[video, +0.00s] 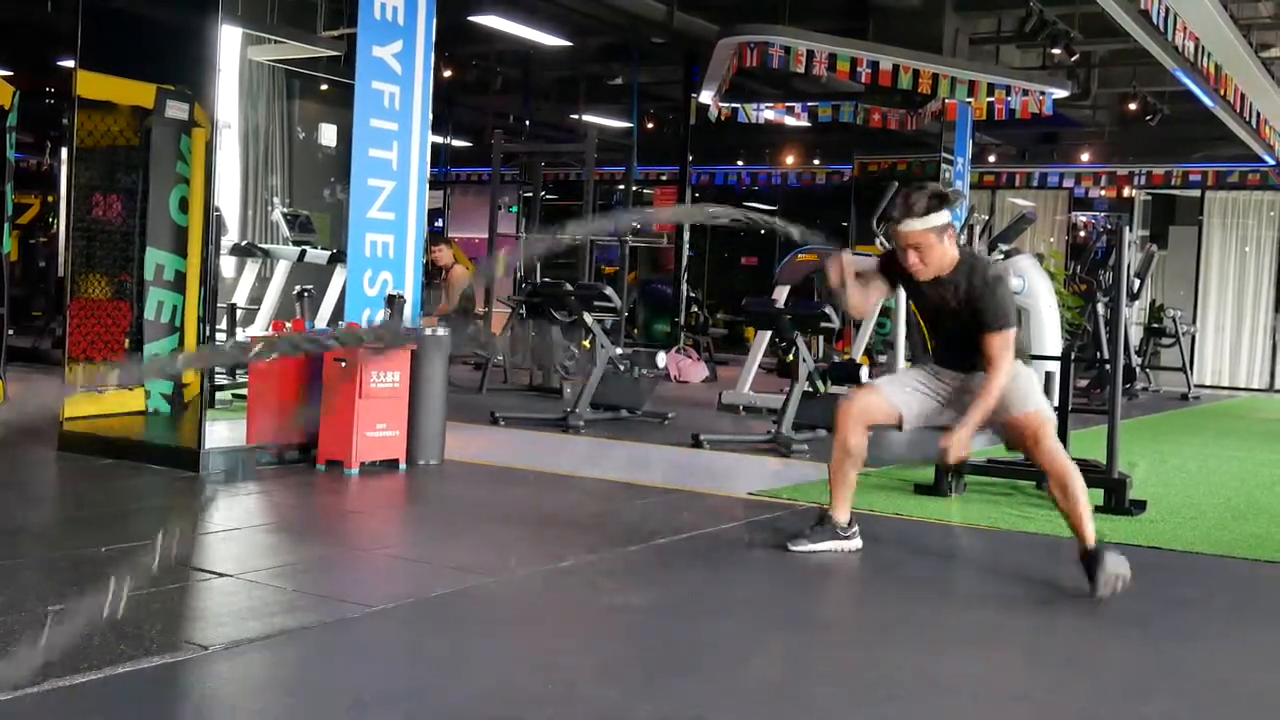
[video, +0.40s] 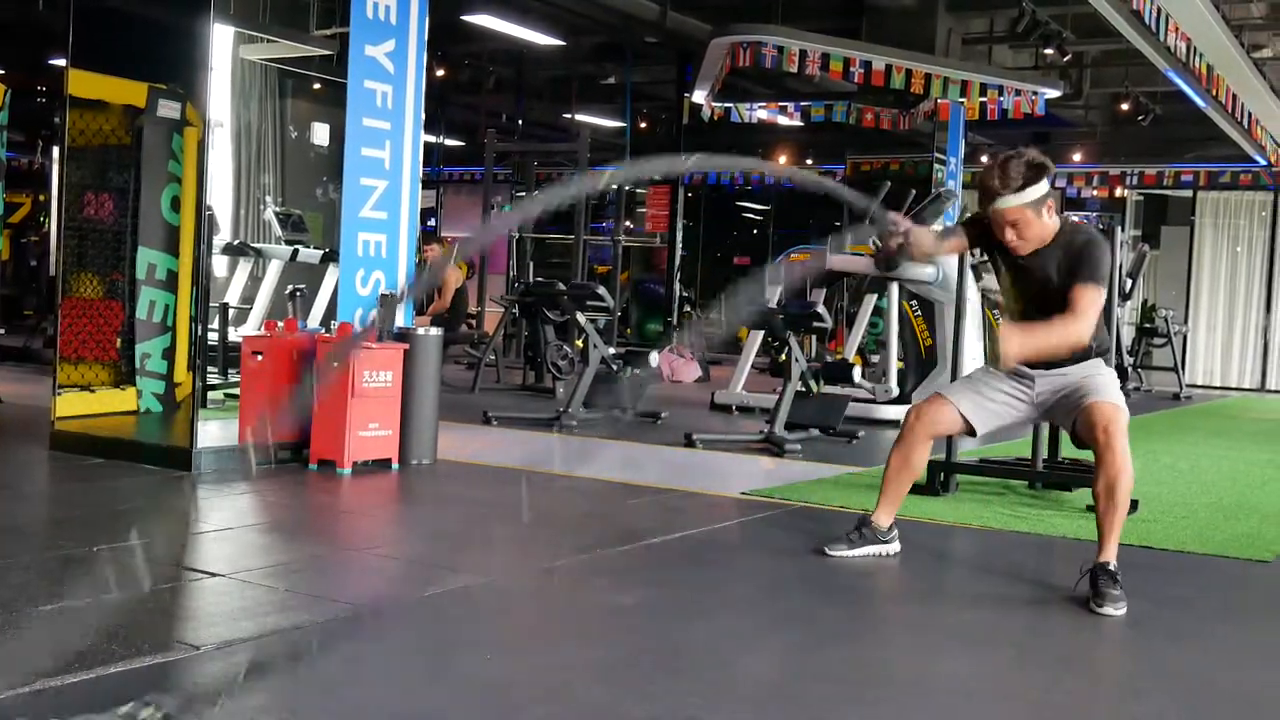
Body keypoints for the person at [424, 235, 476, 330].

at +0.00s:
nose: (436, 255)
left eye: (440, 251)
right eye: (433, 252)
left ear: (451, 250)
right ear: (430, 255)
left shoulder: (457, 272)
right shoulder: (445, 273)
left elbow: (452, 306)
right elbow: (444, 303)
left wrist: (435, 317)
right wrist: (435, 317)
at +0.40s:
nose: (428, 254)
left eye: (432, 250)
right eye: (425, 251)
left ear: (441, 250)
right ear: (423, 254)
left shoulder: (450, 271)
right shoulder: (437, 271)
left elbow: (445, 303)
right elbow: (437, 300)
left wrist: (427, 317)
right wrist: (426, 317)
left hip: (452, 321)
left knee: (410, 321)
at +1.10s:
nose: (413, 255)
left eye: (417, 250)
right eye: (410, 252)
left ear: (428, 250)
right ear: (408, 255)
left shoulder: (435, 271)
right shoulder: (423, 273)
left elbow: (430, 304)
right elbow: (423, 302)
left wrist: (412, 318)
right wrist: (412, 318)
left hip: (437, 323)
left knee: (396, 322)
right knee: (395, 320)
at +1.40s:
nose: (415, 256)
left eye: (419, 251)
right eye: (412, 253)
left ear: (430, 251)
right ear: (410, 256)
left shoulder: (438, 272)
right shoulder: (425, 274)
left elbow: (433, 306)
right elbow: (424, 302)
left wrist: (414, 319)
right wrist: (414, 320)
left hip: (438, 325)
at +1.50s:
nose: (415, 257)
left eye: (419, 252)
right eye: (413, 254)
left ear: (431, 252)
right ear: (410, 257)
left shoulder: (438, 274)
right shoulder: (426, 275)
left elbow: (432, 307)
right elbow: (424, 302)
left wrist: (415, 320)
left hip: (438, 325)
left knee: (396, 324)